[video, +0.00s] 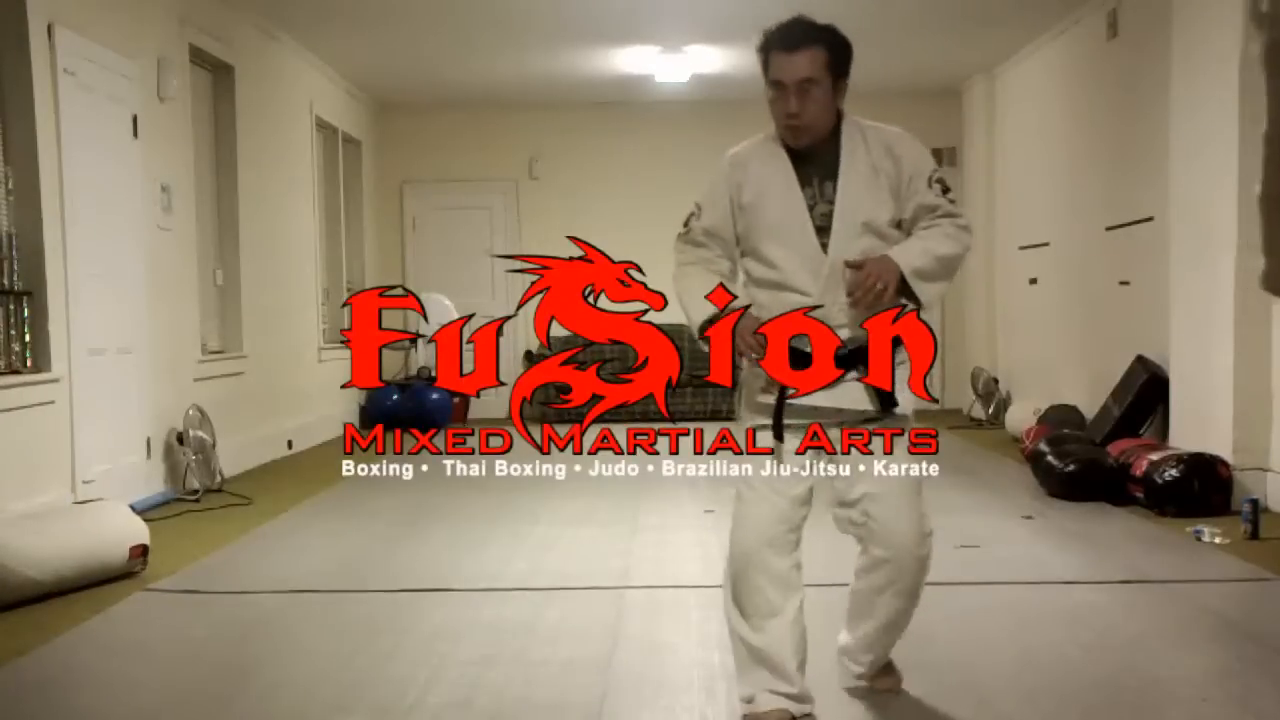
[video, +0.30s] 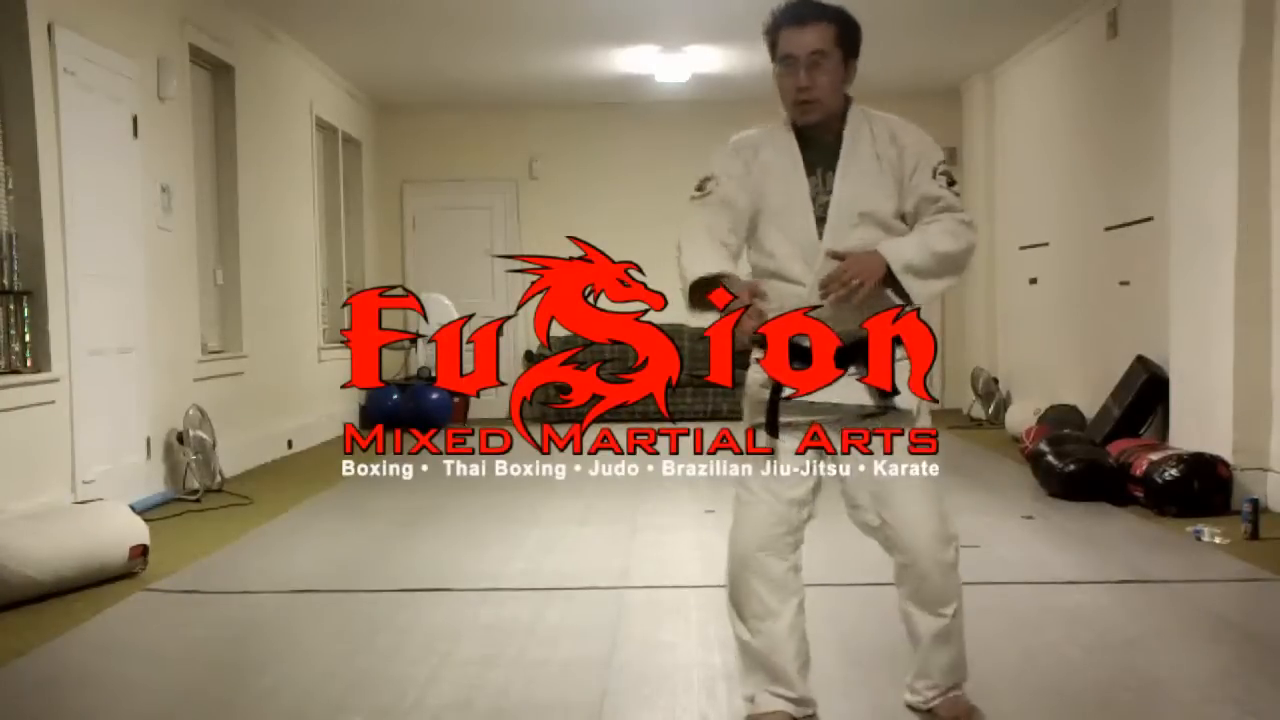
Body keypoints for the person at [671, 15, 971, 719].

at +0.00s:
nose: (790, 104)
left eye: (806, 88)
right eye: (778, 89)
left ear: (840, 87)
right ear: (764, 89)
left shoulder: (897, 153)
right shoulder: (741, 168)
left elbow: (951, 230)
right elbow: (698, 251)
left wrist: (901, 263)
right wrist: (726, 318)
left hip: (874, 396)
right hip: (774, 398)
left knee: (902, 543)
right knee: (757, 547)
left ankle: (866, 658)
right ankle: (772, 697)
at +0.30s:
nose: (801, 78)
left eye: (818, 62)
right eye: (788, 65)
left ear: (849, 69)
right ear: (773, 73)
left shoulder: (904, 144)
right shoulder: (745, 155)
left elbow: (955, 230)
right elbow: (709, 242)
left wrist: (890, 259)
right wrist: (724, 289)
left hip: (884, 395)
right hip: (779, 396)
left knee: (928, 546)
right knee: (757, 551)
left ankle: (938, 691)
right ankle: (778, 704)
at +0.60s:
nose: (831, 72)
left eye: (847, 56)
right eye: (817, 59)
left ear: (880, 64)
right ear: (804, 71)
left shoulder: (925, 137)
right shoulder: (789, 149)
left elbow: (953, 237)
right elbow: (750, 235)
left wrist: (875, 296)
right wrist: (743, 197)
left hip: (903, 368)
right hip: (811, 370)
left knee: (934, 545)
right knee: (777, 539)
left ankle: (942, 693)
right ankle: (785, 702)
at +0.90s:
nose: (878, 68)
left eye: (892, 53)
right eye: (862, 56)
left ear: (916, 63)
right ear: (839, 71)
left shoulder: (955, 137)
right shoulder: (806, 154)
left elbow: (993, 203)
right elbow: (733, 220)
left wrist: (915, 161)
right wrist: (779, 226)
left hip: (934, 370)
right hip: (831, 371)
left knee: (954, 548)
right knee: (793, 541)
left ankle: (943, 692)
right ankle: (785, 701)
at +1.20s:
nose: (925, 65)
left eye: (935, 50)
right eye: (906, 53)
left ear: (952, 61)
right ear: (875, 70)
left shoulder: (985, 142)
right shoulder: (847, 147)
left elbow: (1031, 212)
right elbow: (798, 226)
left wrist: (940, 218)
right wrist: (827, 173)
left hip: (958, 370)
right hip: (859, 367)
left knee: (969, 548)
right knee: (811, 537)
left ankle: (944, 691)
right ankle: (787, 699)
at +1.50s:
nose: (968, 64)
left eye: (976, 50)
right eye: (949, 52)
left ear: (987, 63)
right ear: (912, 69)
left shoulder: (1014, 144)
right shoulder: (865, 149)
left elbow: (1070, 206)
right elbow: (788, 215)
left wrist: (995, 168)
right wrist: (830, 210)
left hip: (972, 362)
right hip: (874, 362)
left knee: (975, 545)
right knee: (827, 531)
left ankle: (947, 688)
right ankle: (807, 680)